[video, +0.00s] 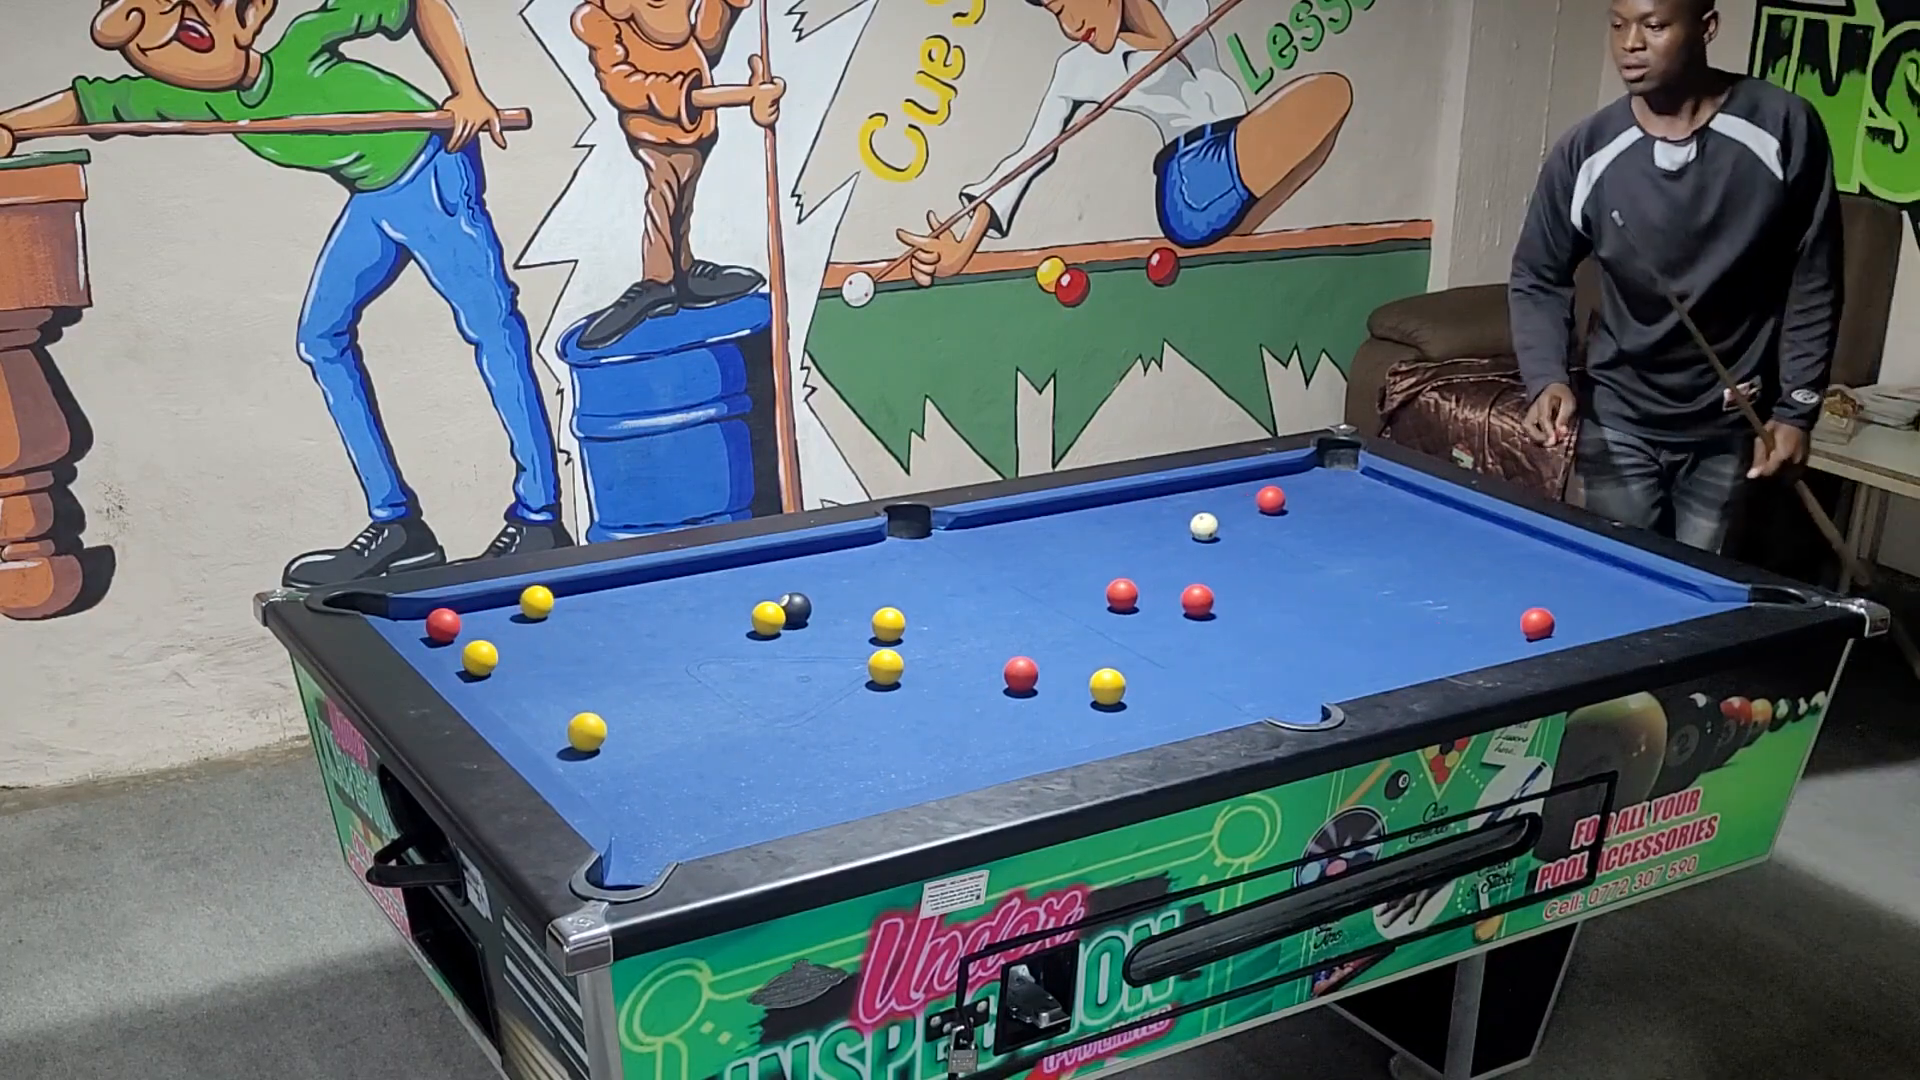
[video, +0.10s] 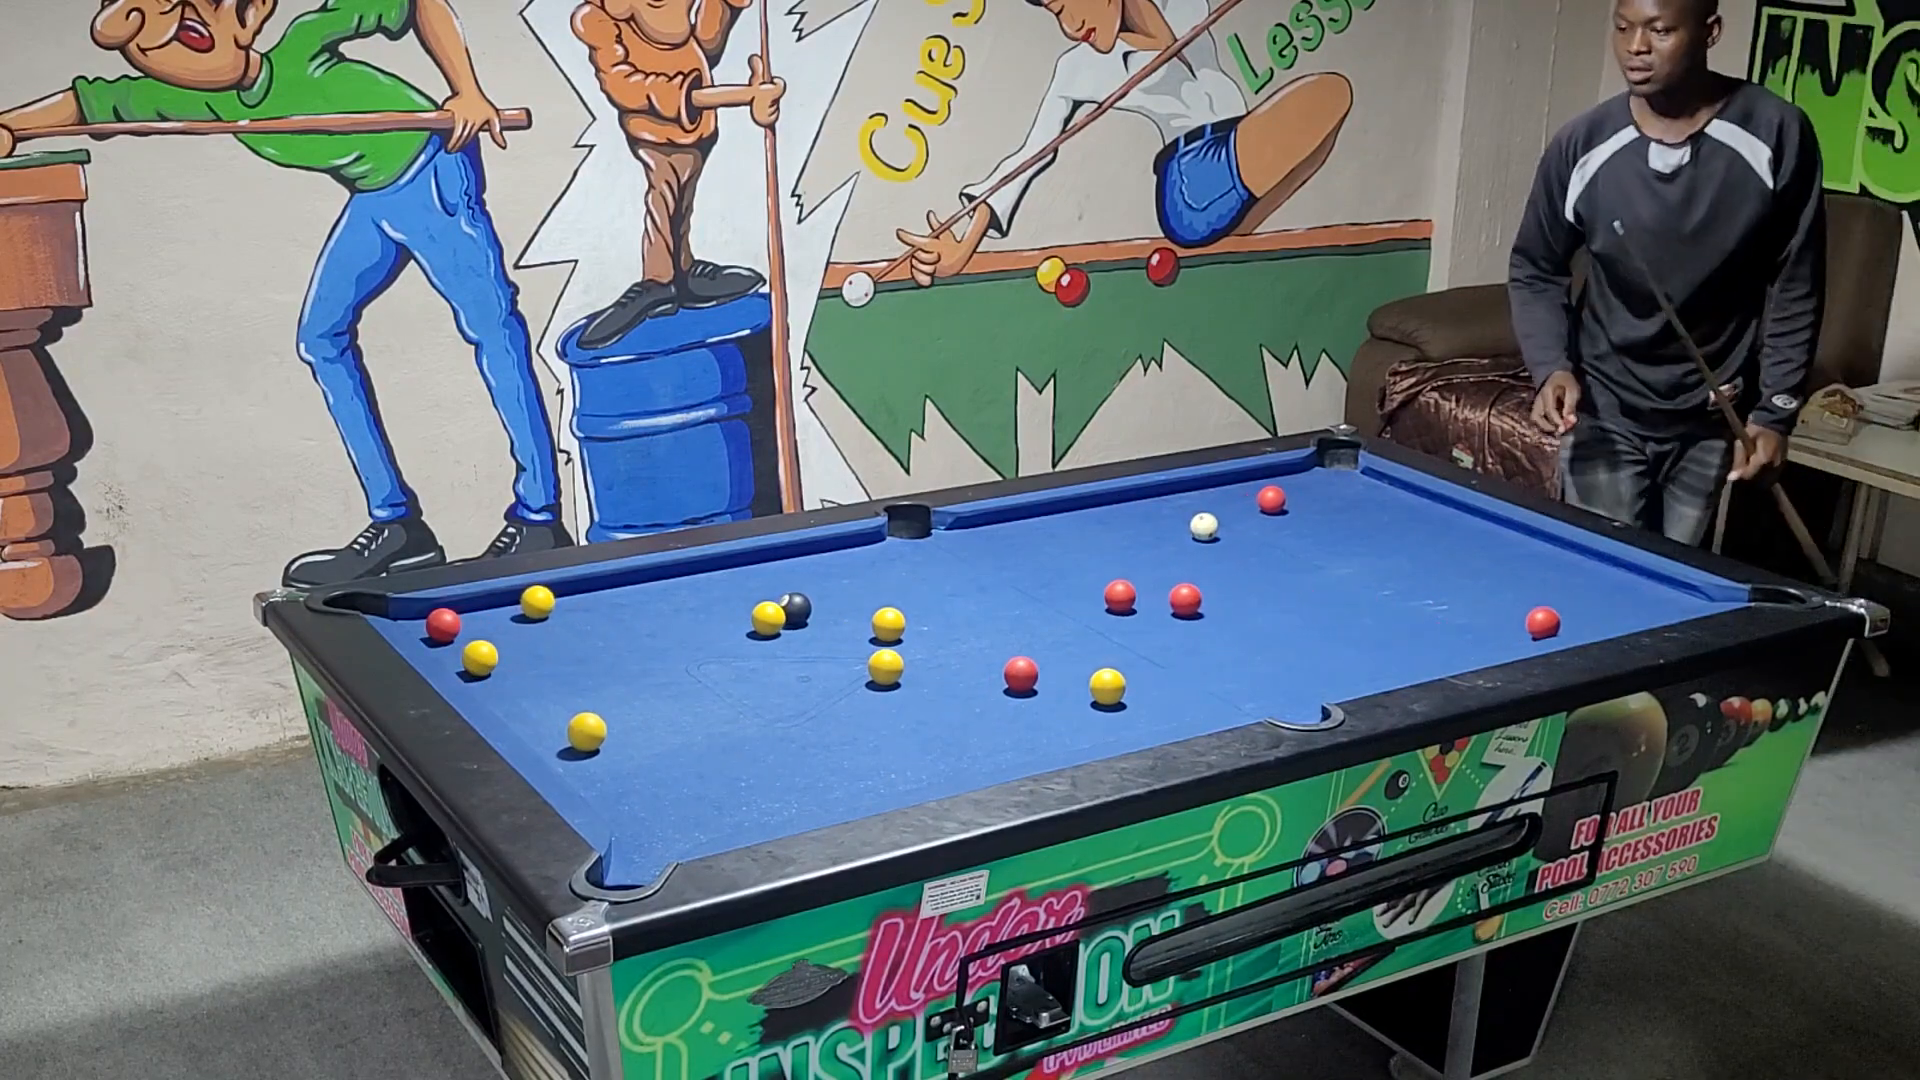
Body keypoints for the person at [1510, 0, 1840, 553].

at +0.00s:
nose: (1630, 44)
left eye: (1655, 25)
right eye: (1619, 25)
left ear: (1707, 28)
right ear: (1608, 31)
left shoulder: (1783, 126)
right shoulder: (1583, 152)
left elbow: (1813, 278)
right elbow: (1537, 277)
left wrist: (1795, 409)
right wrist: (1547, 380)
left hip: (1731, 424)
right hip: (1618, 417)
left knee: (1694, 614)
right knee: (1614, 605)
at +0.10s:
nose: (1635, 49)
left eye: (1659, 29)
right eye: (1624, 27)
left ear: (1710, 32)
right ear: (1612, 29)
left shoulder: (1777, 135)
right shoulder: (1580, 146)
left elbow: (1795, 286)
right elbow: (1535, 269)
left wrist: (1772, 413)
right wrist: (1550, 366)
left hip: (1712, 421)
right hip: (1607, 410)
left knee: (1668, 598)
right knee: (1597, 591)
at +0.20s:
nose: (1634, 40)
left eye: (1657, 22)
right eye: (1622, 20)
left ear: (1706, 25)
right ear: (1609, 22)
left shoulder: (1769, 130)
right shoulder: (1574, 132)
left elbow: (1783, 281)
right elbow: (1532, 252)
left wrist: (1758, 405)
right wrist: (1553, 351)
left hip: (1698, 410)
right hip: (1590, 398)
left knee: (1655, 590)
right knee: (1579, 582)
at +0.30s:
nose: (1623, 26)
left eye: (1646, 9)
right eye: (1613, 8)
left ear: (1696, 15)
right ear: (1602, 13)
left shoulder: (1758, 119)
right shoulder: (1565, 116)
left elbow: (1773, 264)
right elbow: (1528, 233)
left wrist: (1746, 385)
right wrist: (1550, 328)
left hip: (1682, 395)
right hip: (1572, 383)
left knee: (1640, 578)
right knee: (1546, 562)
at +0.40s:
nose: (1607, 18)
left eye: (1630, 3)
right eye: (1599, 3)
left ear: (1679, 11)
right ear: (1589, 10)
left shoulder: (1741, 115)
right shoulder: (1551, 111)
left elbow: (1763, 255)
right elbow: (1515, 223)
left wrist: (1729, 373)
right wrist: (1537, 313)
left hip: (1663, 392)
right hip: (1552, 379)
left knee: (1626, 574)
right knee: (1506, 548)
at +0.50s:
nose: (1583, 15)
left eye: (1605, 1)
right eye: (1575, 0)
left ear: (1655, 8)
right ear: (1565, 8)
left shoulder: (1718, 114)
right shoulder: (1529, 107)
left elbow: (1737, 256)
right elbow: (1497, 218)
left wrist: (1711, 372)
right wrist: (1514, 306)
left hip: (1637, 389)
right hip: (1526, 374)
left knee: (1614, 572)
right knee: (1465, 531)